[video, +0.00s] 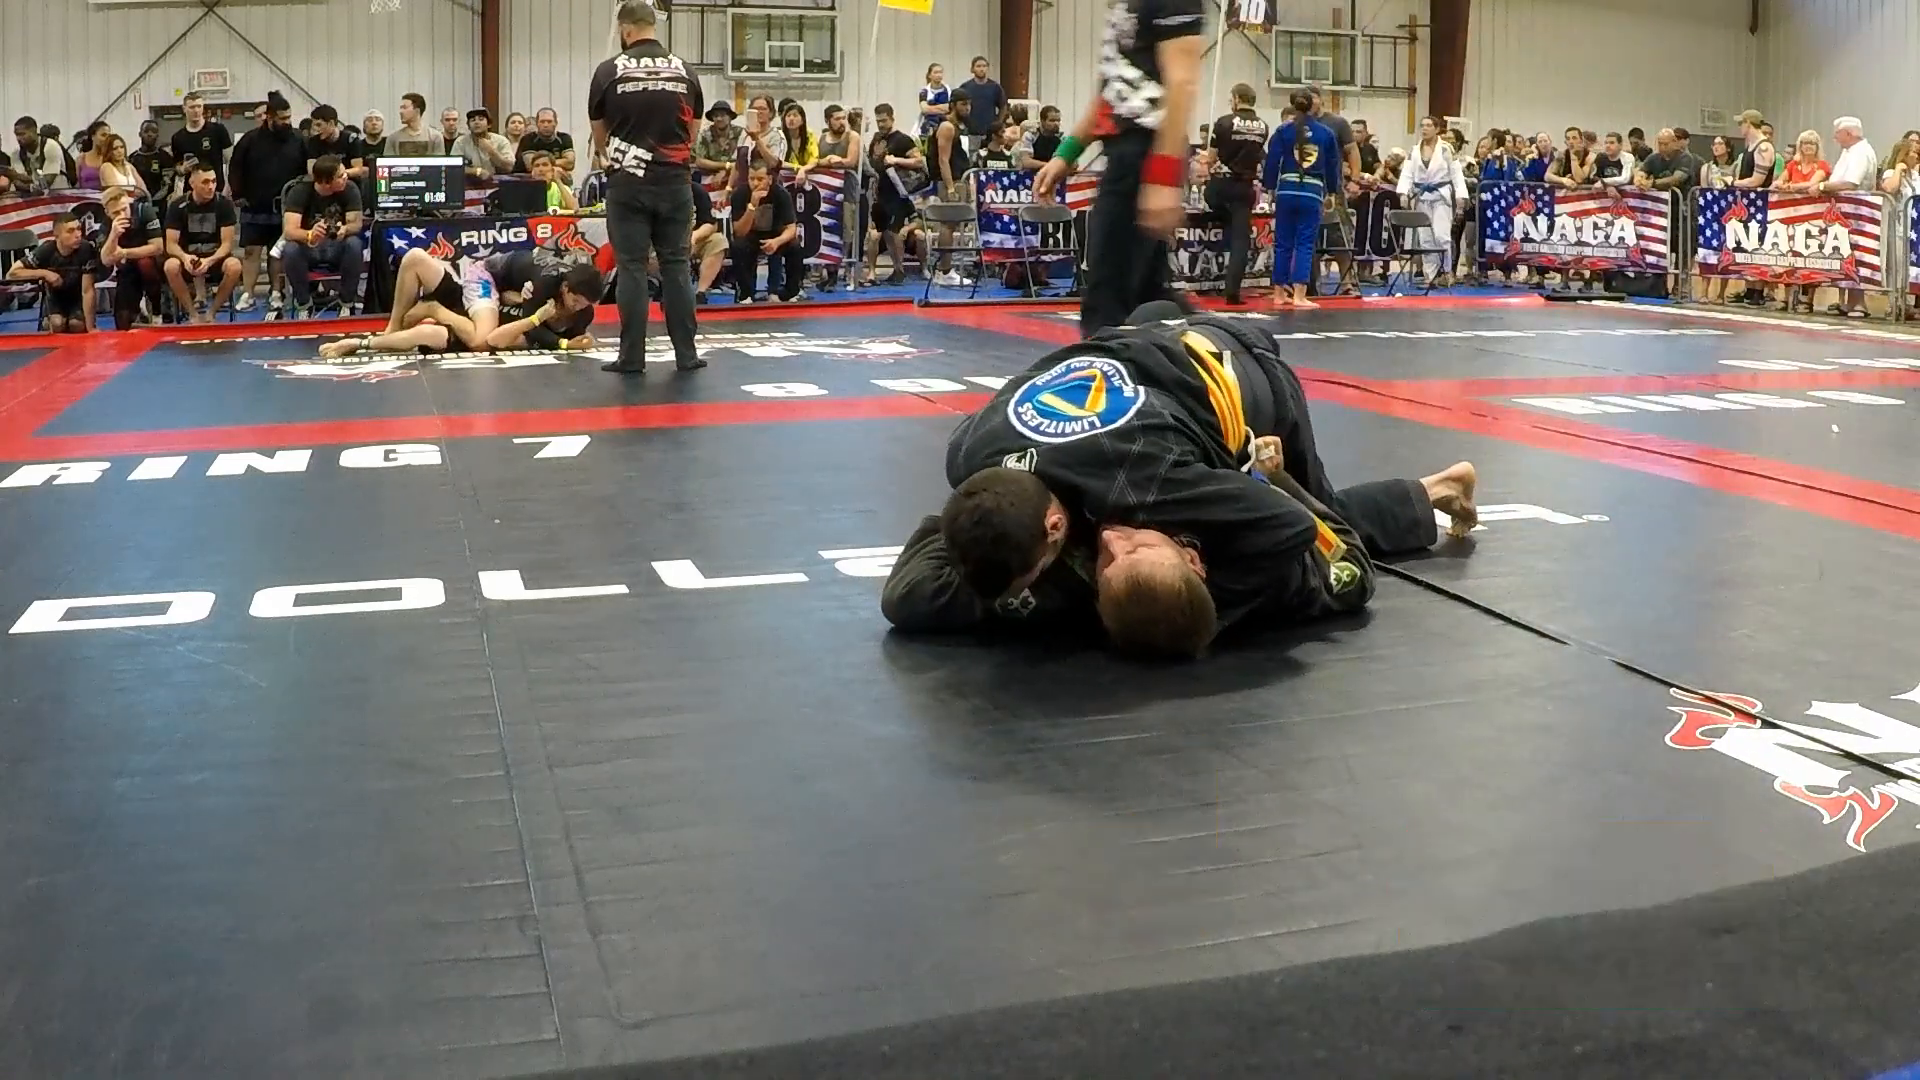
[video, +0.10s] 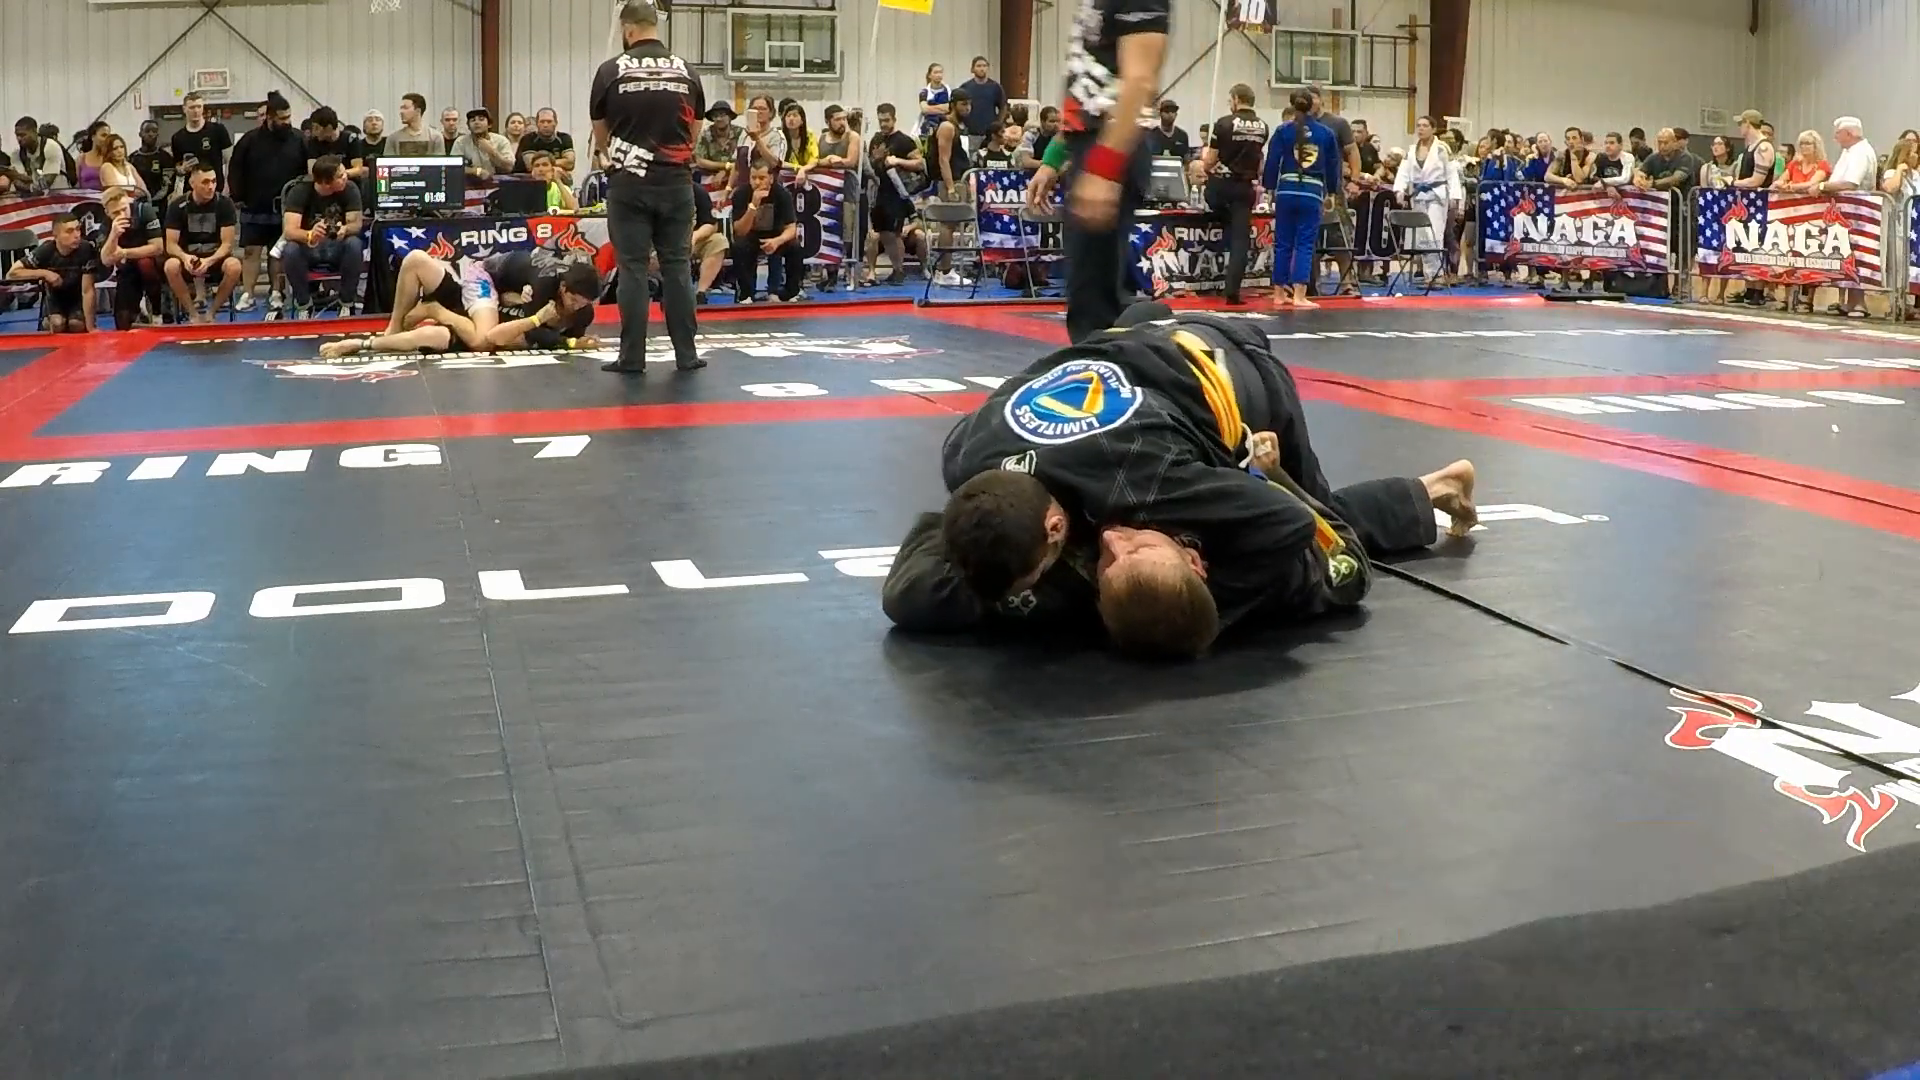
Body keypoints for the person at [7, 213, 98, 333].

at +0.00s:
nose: (78, 235)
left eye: (79, 229)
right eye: (71, 231)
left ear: (81, 229)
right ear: (56, 235)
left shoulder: (86, 249)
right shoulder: (47, 249)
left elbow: (88, 290)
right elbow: (13, 273)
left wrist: (91, 327)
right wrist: (44, 273)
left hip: (77, 292)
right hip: (55, 292)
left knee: (77, 325)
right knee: (57, 324)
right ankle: (46, 323)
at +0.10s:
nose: (77, 235)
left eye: (78, 229)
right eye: (70, 231)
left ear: (80, 229)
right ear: (55, 235)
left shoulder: (86, 249)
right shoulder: (47, 249)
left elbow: (88, 290)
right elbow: (12, 274)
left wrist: (91, 327)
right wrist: (44, 273)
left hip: (77, 292)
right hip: (54, 293)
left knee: (77, 324)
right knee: (58, 323)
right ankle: (45, 323)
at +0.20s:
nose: (76, 235)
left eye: (77, 229)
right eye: (69, 231)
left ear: (80, 229)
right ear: (55, 236)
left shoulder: (86, 249)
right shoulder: (47, 249)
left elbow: (88, 290)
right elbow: (12, 273)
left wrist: (91, 327)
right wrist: (44, 273)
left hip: (77, 293)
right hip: (54, 293)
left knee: (77, 324)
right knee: (58, 323)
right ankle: (45, 323)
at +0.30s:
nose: (75, 235)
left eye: (77, 230)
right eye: (68, 232)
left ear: (79, 230)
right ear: (55, 236)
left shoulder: (86, 249)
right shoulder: (47, 249)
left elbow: (88, 290)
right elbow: (12, 274)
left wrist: (91, 328)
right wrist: (44, 273)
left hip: (78, 294)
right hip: (55, 295)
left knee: (77, 325)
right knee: (58, 324)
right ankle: (45, 323)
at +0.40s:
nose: (74, 235)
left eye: (76, 230)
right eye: (68, 232)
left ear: (79, 230)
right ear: (54, 236)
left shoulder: (86, 249)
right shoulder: (47, 249)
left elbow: (88, 290)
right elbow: (12, 274)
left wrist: (92, 328)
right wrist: (44, 273)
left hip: (78, 294)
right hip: (55, 294)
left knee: (77, 324)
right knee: (57, 323)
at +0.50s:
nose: (73, 235)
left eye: (75, 230)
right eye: (66, 232)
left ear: (78, 231)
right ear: (54, 236)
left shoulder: (85, 249)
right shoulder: (47, 249)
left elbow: (87, 289)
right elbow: (12, 274)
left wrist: (91, 327)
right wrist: (44, 273)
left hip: (78, 294)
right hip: (55, 294)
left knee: (77, 325)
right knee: (58, 323)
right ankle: (46, 324)